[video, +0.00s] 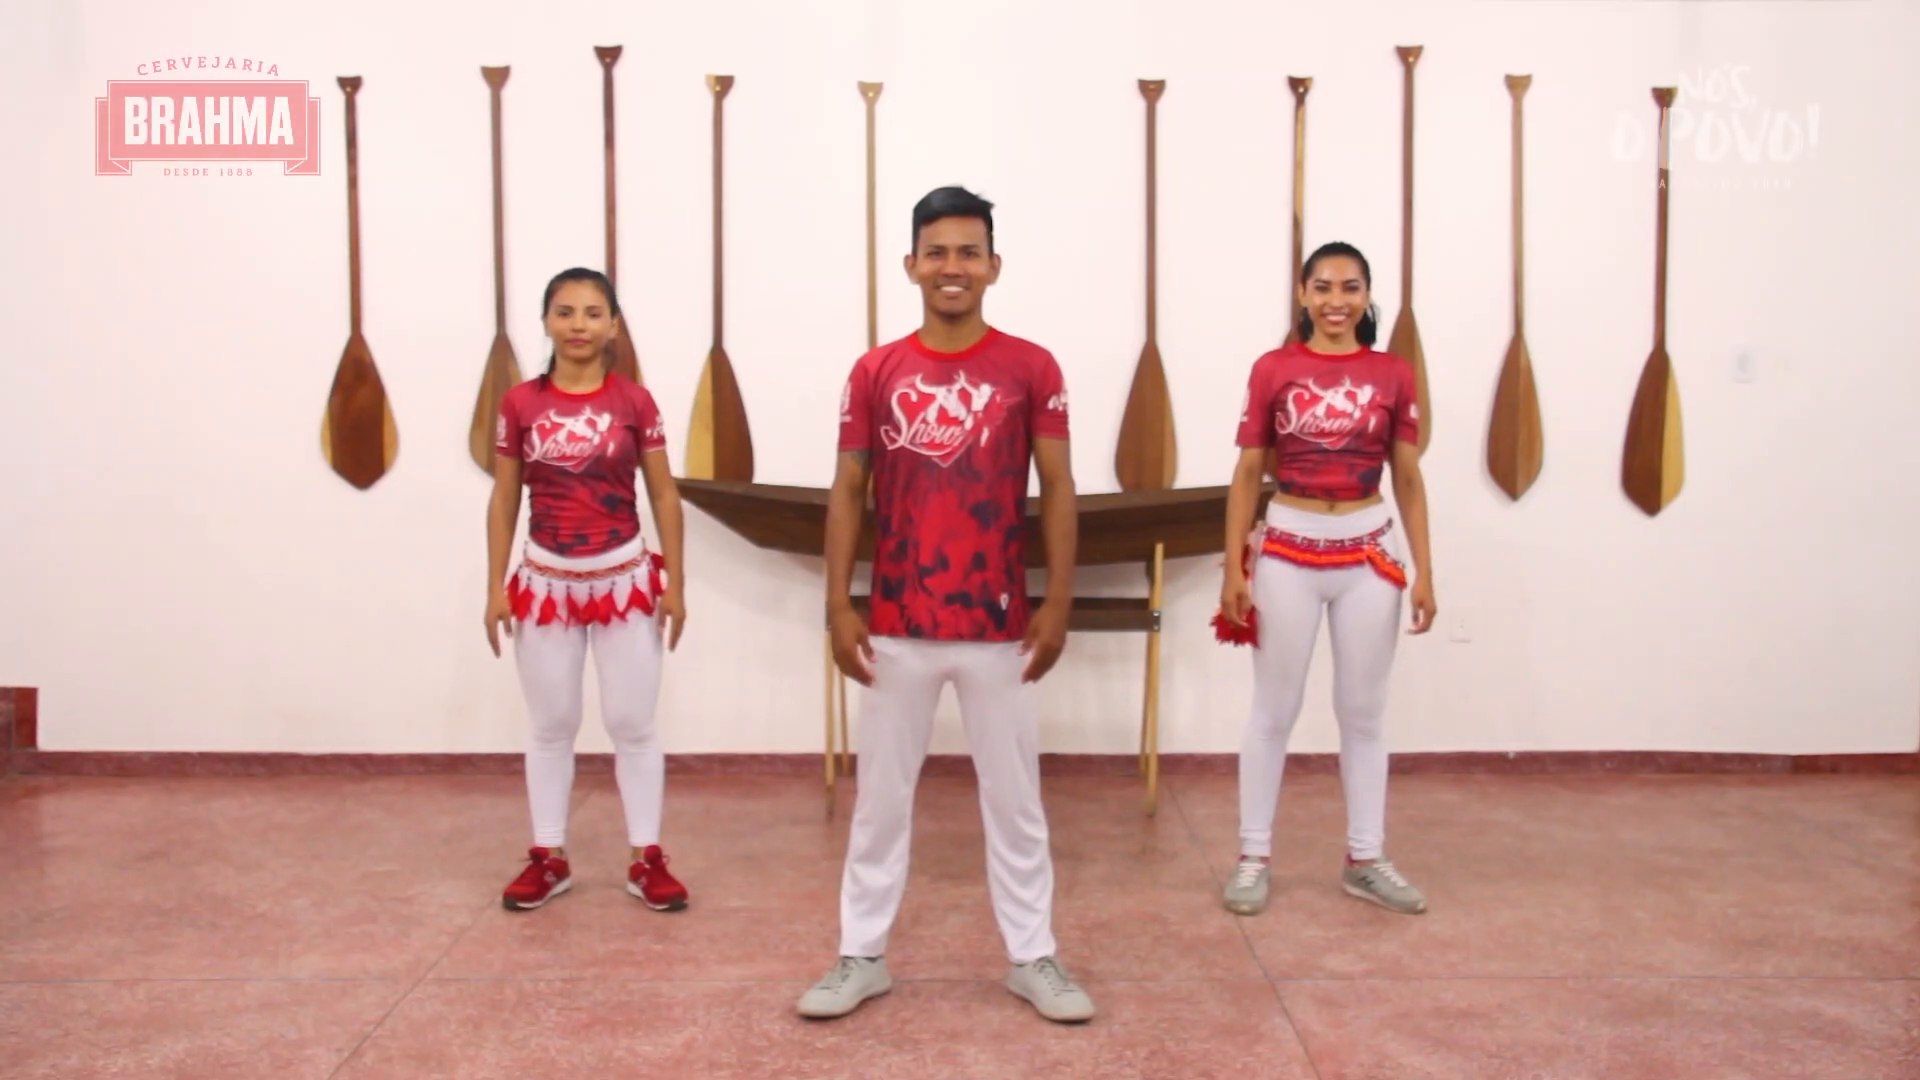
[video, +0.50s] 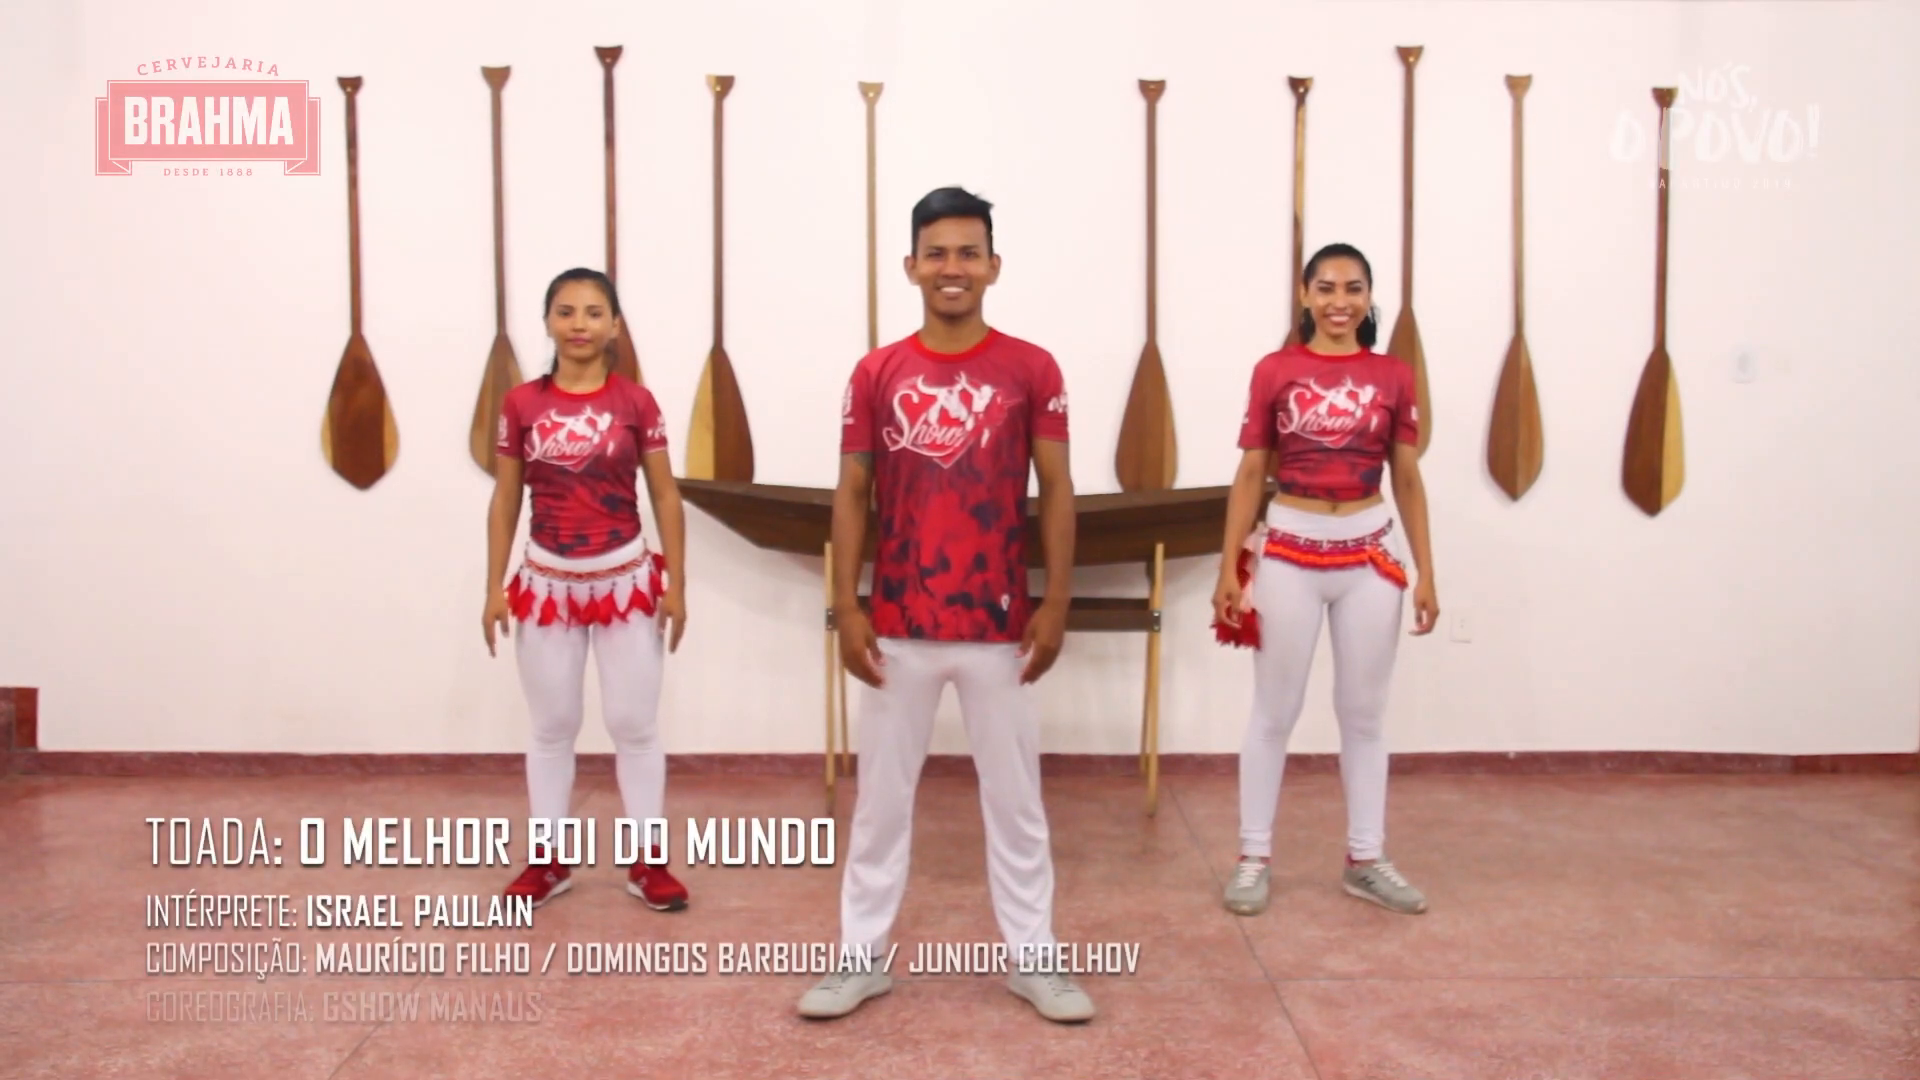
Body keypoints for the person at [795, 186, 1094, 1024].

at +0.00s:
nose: (953, 267)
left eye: (969, 252)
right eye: (937, 253)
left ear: (992, 264)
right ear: (913, 265)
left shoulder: (1031, 368)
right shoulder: (875, 372)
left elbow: (1058, 488)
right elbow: (847, 492)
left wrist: (1059, 601)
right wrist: (838, 604)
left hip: (998, 624)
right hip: (898, 623)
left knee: (1015, 799)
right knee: (881, 795)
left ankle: (1033, 955)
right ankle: (862, 953)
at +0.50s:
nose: (953, 268)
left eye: (969, 253)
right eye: (937, 254)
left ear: (991, 264)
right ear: (913, 266)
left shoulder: (1031, 369)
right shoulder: (876, 374)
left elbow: (1057, 491)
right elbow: (851, 496)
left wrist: (1057, 601)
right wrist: (844, 604)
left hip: (997, 623)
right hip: (899, 622)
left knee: (1015, 800)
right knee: (881, 797)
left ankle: (1034, 955)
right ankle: (862, 954)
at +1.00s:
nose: (955, 269)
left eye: (971, 254)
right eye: (939, 255)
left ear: (993, 264)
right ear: (914, 267)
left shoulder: (1031, 369)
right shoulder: (876, 374)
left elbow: (1057, 490)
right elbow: (852, 495)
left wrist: (1054, 602)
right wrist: (844, 604)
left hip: (997, 623)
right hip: (900, 623)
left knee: (1016, 799)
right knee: (881, 796)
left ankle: (1034, 955)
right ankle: (862, 954)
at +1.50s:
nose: (962, 270)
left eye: (977, 255)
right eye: (946, 256)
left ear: (998, 266)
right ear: (919, 267)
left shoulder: (1034, 371)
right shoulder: (879, 373)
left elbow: (1058, 492)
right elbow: (852, 494)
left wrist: (1059, 601)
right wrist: (845, 605)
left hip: (999, 624)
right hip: (901, 623)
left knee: (1016, 799)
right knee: (881, 796)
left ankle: (1033, 954)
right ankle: (863, 953)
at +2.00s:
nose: (969, 249)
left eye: (987, 237)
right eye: (956, 239)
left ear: (1020, 261)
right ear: (939, 264)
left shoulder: (1054, 371)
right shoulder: (912, 371)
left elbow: (1064, 486)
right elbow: (911, 499)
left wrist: (1074, 600)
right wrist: (939, 618)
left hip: (1028, 626)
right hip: (937, 625)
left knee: (1028, 800)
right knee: (898, 797)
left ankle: (1034, 954)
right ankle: (868, 951)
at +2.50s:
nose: (954, 248)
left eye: (973, 235)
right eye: (942, 238)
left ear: (1009, 258)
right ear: (929, 265)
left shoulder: (1043, 344)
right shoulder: (914, 352)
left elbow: (1147, 297)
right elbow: (872, 301)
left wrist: (1239, 233)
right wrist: (906, 206)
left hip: (1029, 623)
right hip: (935, 624)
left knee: (1033, 803)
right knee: (878, 798)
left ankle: (1035, 958)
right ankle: (819, 975)